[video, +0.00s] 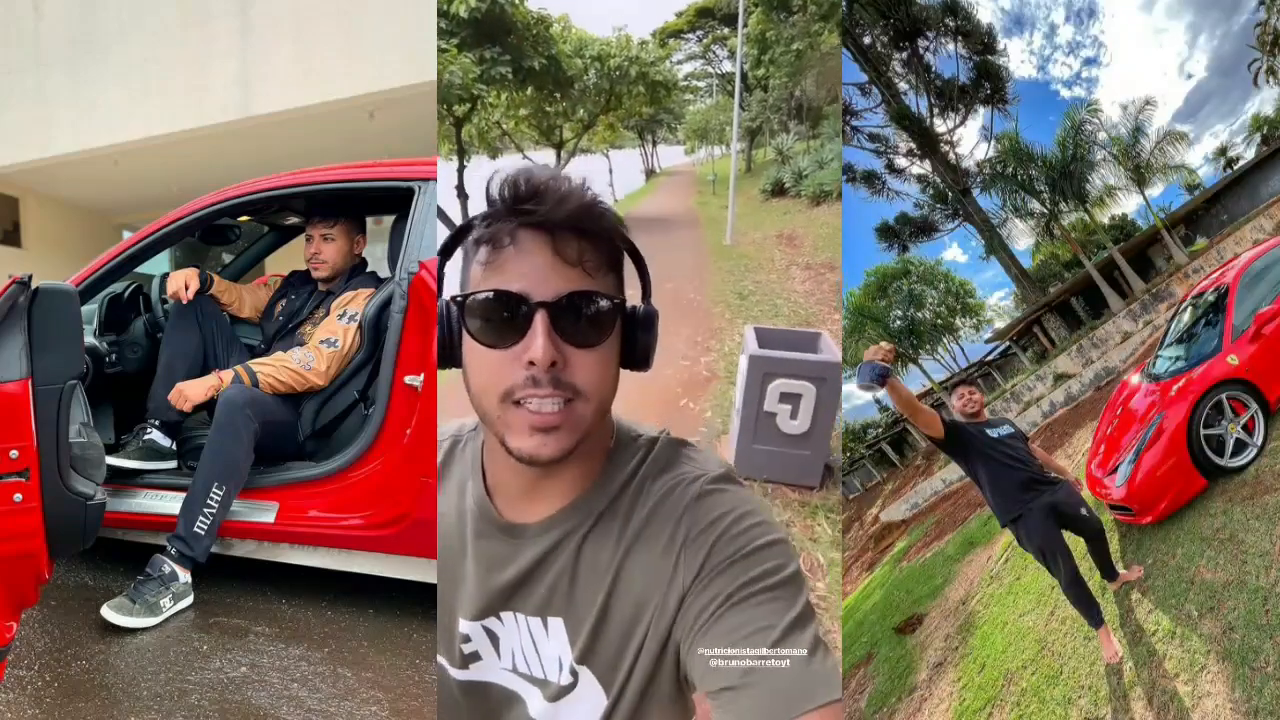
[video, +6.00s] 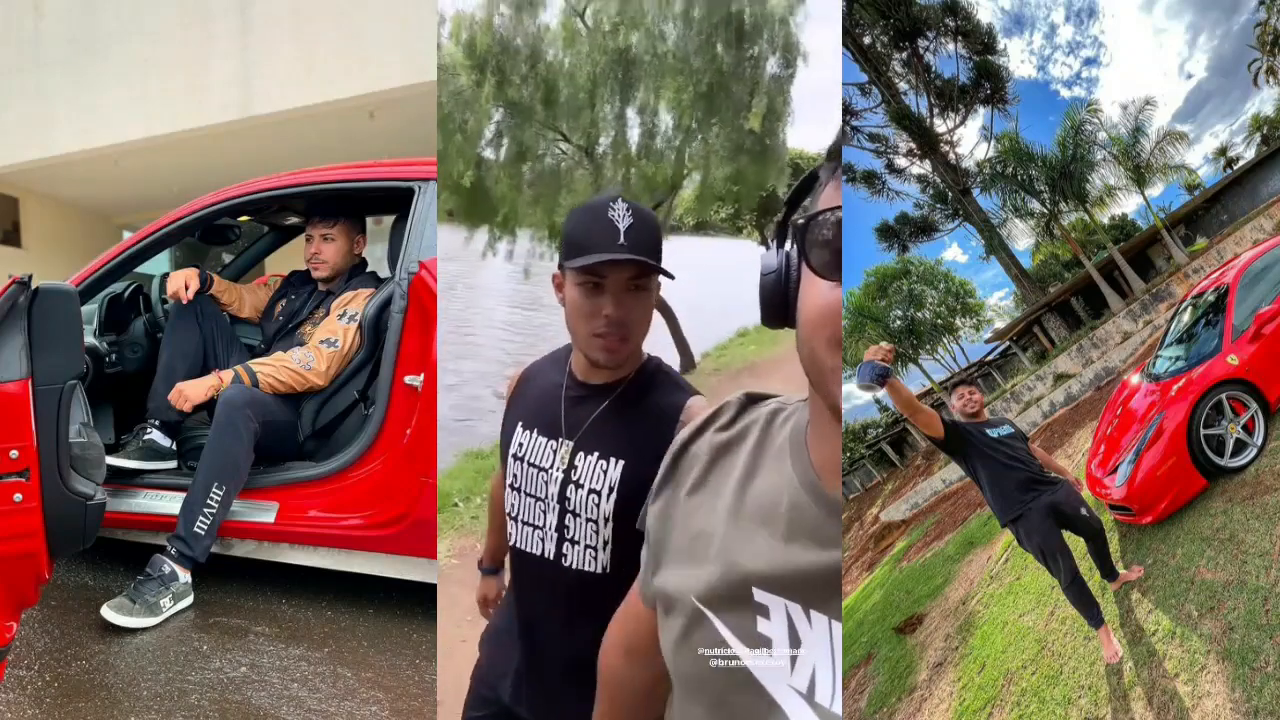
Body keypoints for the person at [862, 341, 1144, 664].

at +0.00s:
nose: (966, 397)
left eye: (971, 392)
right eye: (959, 397)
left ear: (983, 398)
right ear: (953, 410)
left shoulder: (1003, 424)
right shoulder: (956, 436)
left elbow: (1037, 454)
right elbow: (917, 413)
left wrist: (1067, 475)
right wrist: (886, 375)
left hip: (1051, 489)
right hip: (1022, 511)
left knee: (1093, 528)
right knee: (1065, 570)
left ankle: (1114, 575)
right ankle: (1101, 628)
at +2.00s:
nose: (967, 397)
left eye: (971, 392)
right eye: (959, 397)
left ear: (983, 398)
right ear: (953, 410)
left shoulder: (1004, 424)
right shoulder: (957, 436)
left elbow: (1037, 454)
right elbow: (916, 412)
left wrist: (1067, 475)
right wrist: (885, 374)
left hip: (1052, 489)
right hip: (1022, 512)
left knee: (1093, 528)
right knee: (1065, 571)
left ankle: (1114, 576)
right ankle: (1101, 628)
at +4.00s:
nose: (967, 397)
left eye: (971, 392)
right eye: (959, 397)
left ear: (983, 398)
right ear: (953, 410)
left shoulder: (1003, 424)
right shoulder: (957, 436)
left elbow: (1037, 454)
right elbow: (916, 412)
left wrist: (1067, 475)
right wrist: (885, 374)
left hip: (1052, 489)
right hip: (1022, 512)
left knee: (1094, 528)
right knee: (1065, 571)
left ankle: (1114, 576)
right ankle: (1101, 628)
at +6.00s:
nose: (967, 397)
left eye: (972, 392)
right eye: (959, 397)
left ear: (983, 398)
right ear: (952, 410)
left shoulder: (1003, 423)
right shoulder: (957, 436)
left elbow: (1036, 453)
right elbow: (917, 413)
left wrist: (1067, 475)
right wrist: (885, 375)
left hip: (1051, 489)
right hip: (1022, 512)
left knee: (1093, 528)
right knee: (1066, 572)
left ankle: (1114, 576)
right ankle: (1101, 628)